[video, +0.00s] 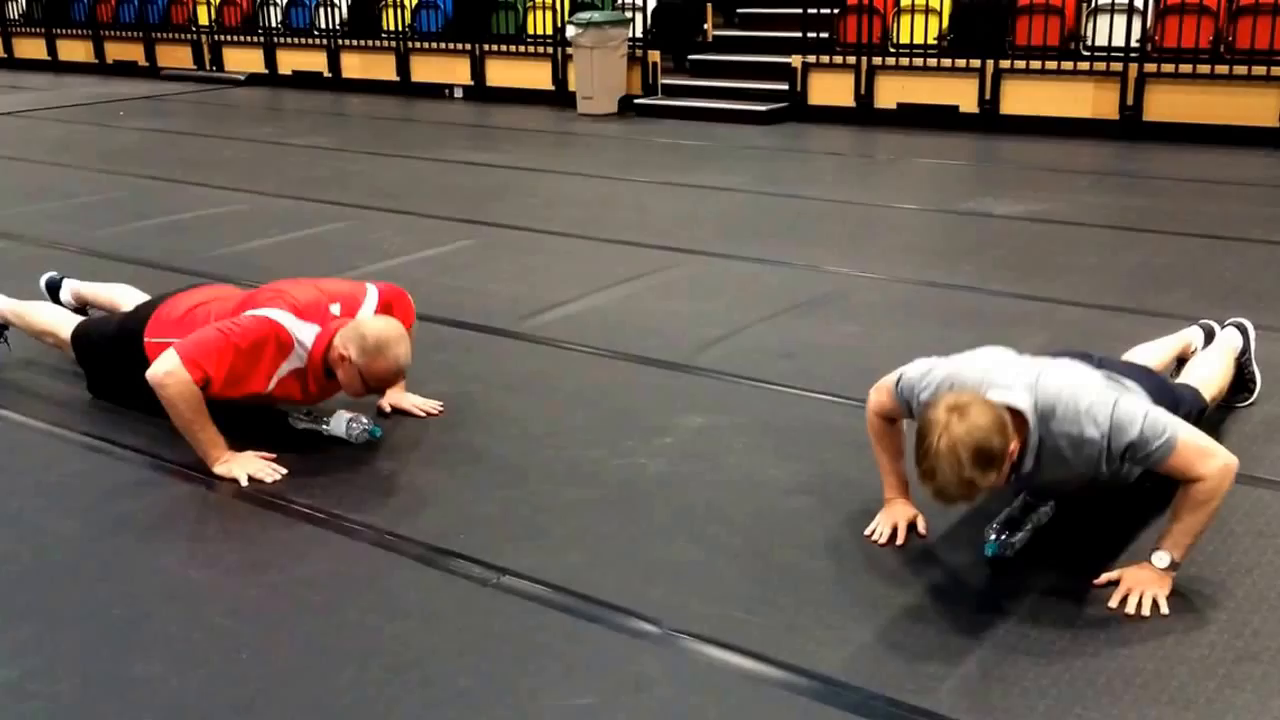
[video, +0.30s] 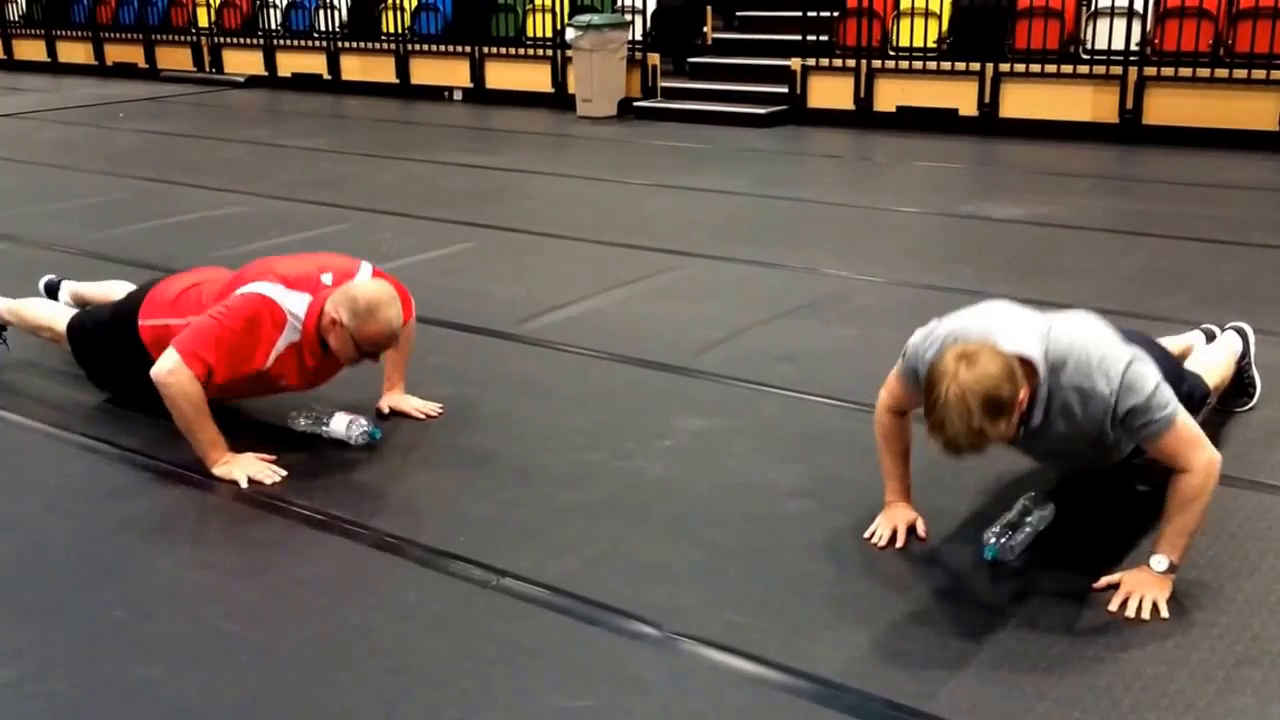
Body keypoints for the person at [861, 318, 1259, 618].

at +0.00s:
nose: (978, 499)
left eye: (982, 490)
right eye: (964, 494)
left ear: (1010, 453)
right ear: (931, 427)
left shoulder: (1099, 418)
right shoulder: (940, 380)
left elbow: (1217, 468)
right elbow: (880, 404)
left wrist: (1161, 564)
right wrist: (895, 497)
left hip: (1133, 395)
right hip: (1059, 370)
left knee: (1191, 393)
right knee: (1129, 370)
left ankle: (1232, 339)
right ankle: (1194, 334)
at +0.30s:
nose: (992, 444)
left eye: (995, 434)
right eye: (980, 439)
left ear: (1022, 395)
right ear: (945, 394)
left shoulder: (1111, 379)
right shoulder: (933, 349)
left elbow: (1201, 464)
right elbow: (891, 407)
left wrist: (1160, 567)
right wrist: (896, 501)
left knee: (1193, 386)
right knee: (1146, 359)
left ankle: (1234, 343)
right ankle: (1195, 339)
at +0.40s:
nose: (994, 407)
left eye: (1000, 394)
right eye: (980, 401)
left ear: (1027, 346)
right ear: (949, 353)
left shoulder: (1113, 339)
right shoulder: (937, 316)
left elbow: (1173, 455)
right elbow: (904, 406)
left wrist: (1158, 568)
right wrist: (897, 501)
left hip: (1140, 373)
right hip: (1056, 396)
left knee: (1194, 379)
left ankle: (1234, 348)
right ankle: (1202, 347)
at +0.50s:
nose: (989, 392)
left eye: (998, 380)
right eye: (975, 384)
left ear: (1028, 337)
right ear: (949, 347)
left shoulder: (1115, 336)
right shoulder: (938, 316)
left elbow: (1167, 454)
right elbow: (906, 406)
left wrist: (1158, 567)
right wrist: (897, 501)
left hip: (1145, 378)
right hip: (1064, 398)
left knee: (1196, 381)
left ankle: (1234, 349)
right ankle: (1202, 347)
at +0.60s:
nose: (978, 427)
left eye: (987, 415)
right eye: (965, 420)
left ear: (1020, 371)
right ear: (946, 376)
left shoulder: (1111, 361)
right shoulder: (929, 342)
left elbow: (1194, 460)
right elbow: (893, 410)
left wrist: (1159, 569)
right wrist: (896, 502)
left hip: (1143, 375)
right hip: (1061, 399)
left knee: (1197, 382)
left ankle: (1236, 346)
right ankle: (1197, 345)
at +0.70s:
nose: (982, 478)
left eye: (988, 468)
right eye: (966, 472)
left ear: (1014, 424)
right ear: (939, 425)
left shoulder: (1102, 404)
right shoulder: (930, 371)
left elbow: (1211, 469)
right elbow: (882, 411)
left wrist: (1161, 569)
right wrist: (896, 502)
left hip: (1137, 394)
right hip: (1091, 369)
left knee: (1194, 396)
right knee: (1138, 365)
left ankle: (1233, 346)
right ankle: (1199, 340)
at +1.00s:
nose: (985, 479)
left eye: (990, 469)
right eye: (969, 474)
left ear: (1014, 427)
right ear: (939, 427)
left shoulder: (1103, 403)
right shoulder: (933, 371)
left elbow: (1212, 471)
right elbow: (884, 411)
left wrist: (1162, 571)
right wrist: (897, 503)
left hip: (1136, 396)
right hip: (1086, 371)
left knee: (1195, 395)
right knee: (1136, 366)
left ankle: (1233, 346)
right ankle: (1200, 341)